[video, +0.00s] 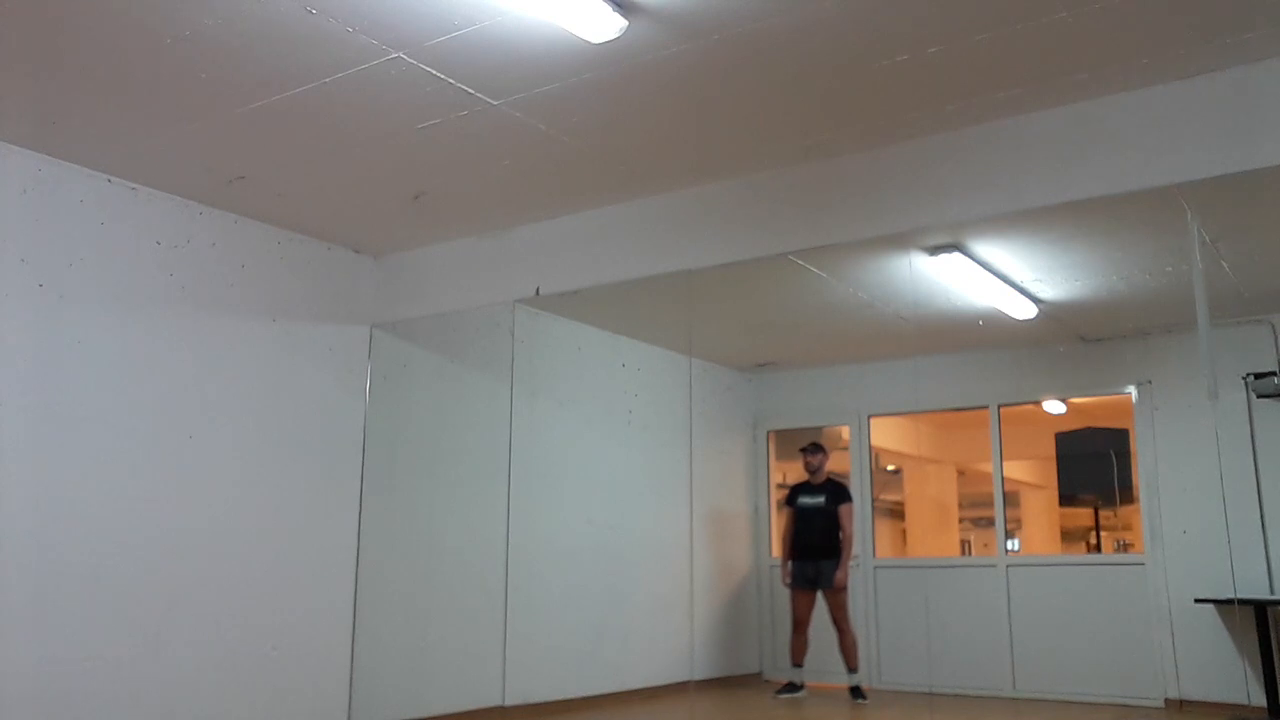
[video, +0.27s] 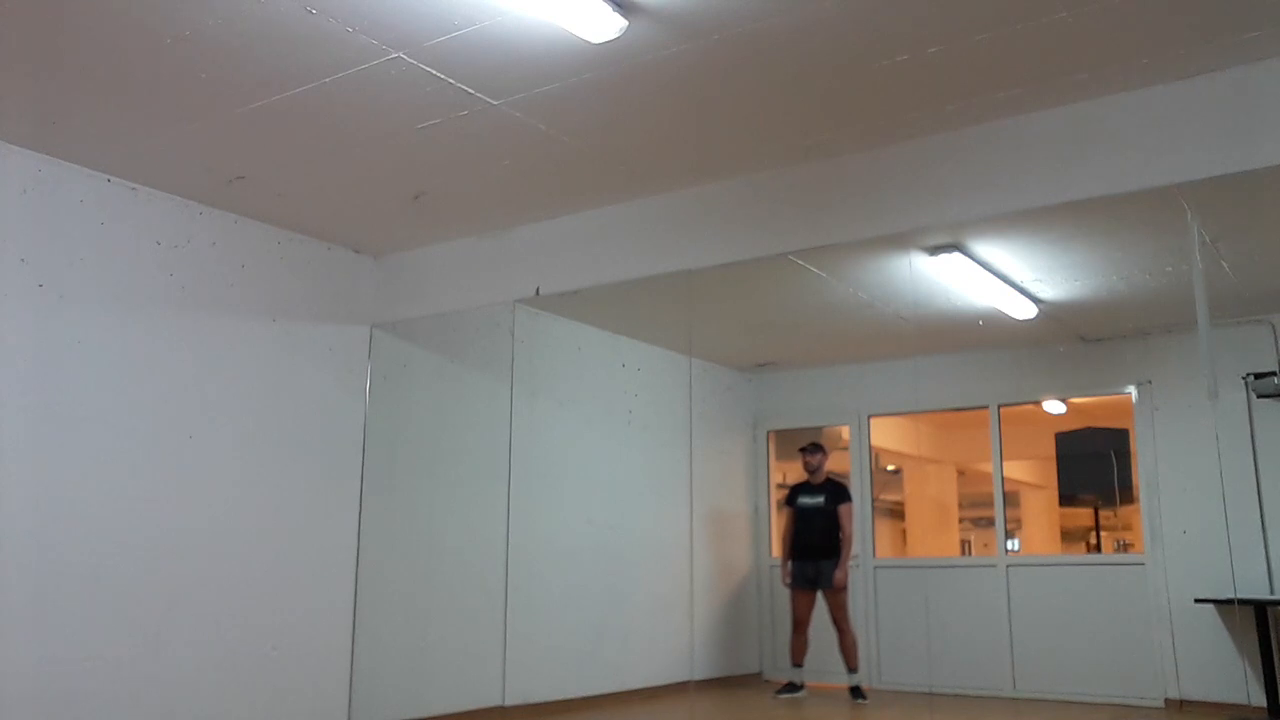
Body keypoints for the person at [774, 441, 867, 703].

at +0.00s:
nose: (809, 460)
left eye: (814, 455)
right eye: (806, 456)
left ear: (825, 458)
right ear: (803, 460)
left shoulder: (838, 490)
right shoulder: (796, 491)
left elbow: (847, 531)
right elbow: (788, 529)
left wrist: (844, 566)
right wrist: (785, 562)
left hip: (830, 563)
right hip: (801, 564)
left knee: (841, 623)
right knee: (799, 624)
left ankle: (854, 682)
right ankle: (796, 680)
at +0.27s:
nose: (809, 460)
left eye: (814, 455)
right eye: (806, 456)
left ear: (825, 458)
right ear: (802, 460)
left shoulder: (838, 490)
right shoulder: (796, 491)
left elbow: (847, 531)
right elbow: (788, 529)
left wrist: (843, 566)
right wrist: (785, 562)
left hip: (830, 563)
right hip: (801, 564)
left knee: (841, 623)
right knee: (799, 624)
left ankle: (854, 682)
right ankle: (796, 680)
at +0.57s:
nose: (808, 459)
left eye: (813, 454)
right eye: (805, 455)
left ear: (824, 458)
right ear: (801, 460)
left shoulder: (835, 487)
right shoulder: (794, 491)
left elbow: (827, 520)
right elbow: (787, 528)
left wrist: (788, 529)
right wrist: (782, 562)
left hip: (829, 563)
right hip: (801, 564)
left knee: (841, 624)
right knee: (795, 622)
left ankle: (854, 683)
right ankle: (796, 679)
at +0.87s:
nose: (783, 473)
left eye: (787, 469)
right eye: (780, 470)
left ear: (799, 470)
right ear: (777, 472)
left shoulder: (812, 500)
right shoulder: (770, 500)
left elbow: (833, 534)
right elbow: (741, 525)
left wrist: (853, 564)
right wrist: (714, 549)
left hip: (813, 571)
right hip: (785, 571)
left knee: (820, 623)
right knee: (776, 625)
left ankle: (845, 678)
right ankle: (794, 681)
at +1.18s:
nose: (781, 443)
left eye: (785, 439)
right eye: (776, 441)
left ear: (795, 443)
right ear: (774, 449)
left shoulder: (816, 466)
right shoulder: (771, 476)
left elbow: (846, 438)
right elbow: (734, 485)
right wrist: (698, 493)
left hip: (809, 546)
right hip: (779, 544)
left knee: (801, 614)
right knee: (754, 593)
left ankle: (792, 671)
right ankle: (727, 636)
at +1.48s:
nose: (775, 461)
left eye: (779, 455)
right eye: (773, 456)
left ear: (791, 456)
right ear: (773, 462)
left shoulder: (809, 481)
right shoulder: (777, 494)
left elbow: (786, 446)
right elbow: (750, 500)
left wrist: (762, 419)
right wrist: (721, 503)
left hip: (809, 562)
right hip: (782, 560)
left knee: (799, 626)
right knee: (752, 597)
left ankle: (789, 680)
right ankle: (714, 640)